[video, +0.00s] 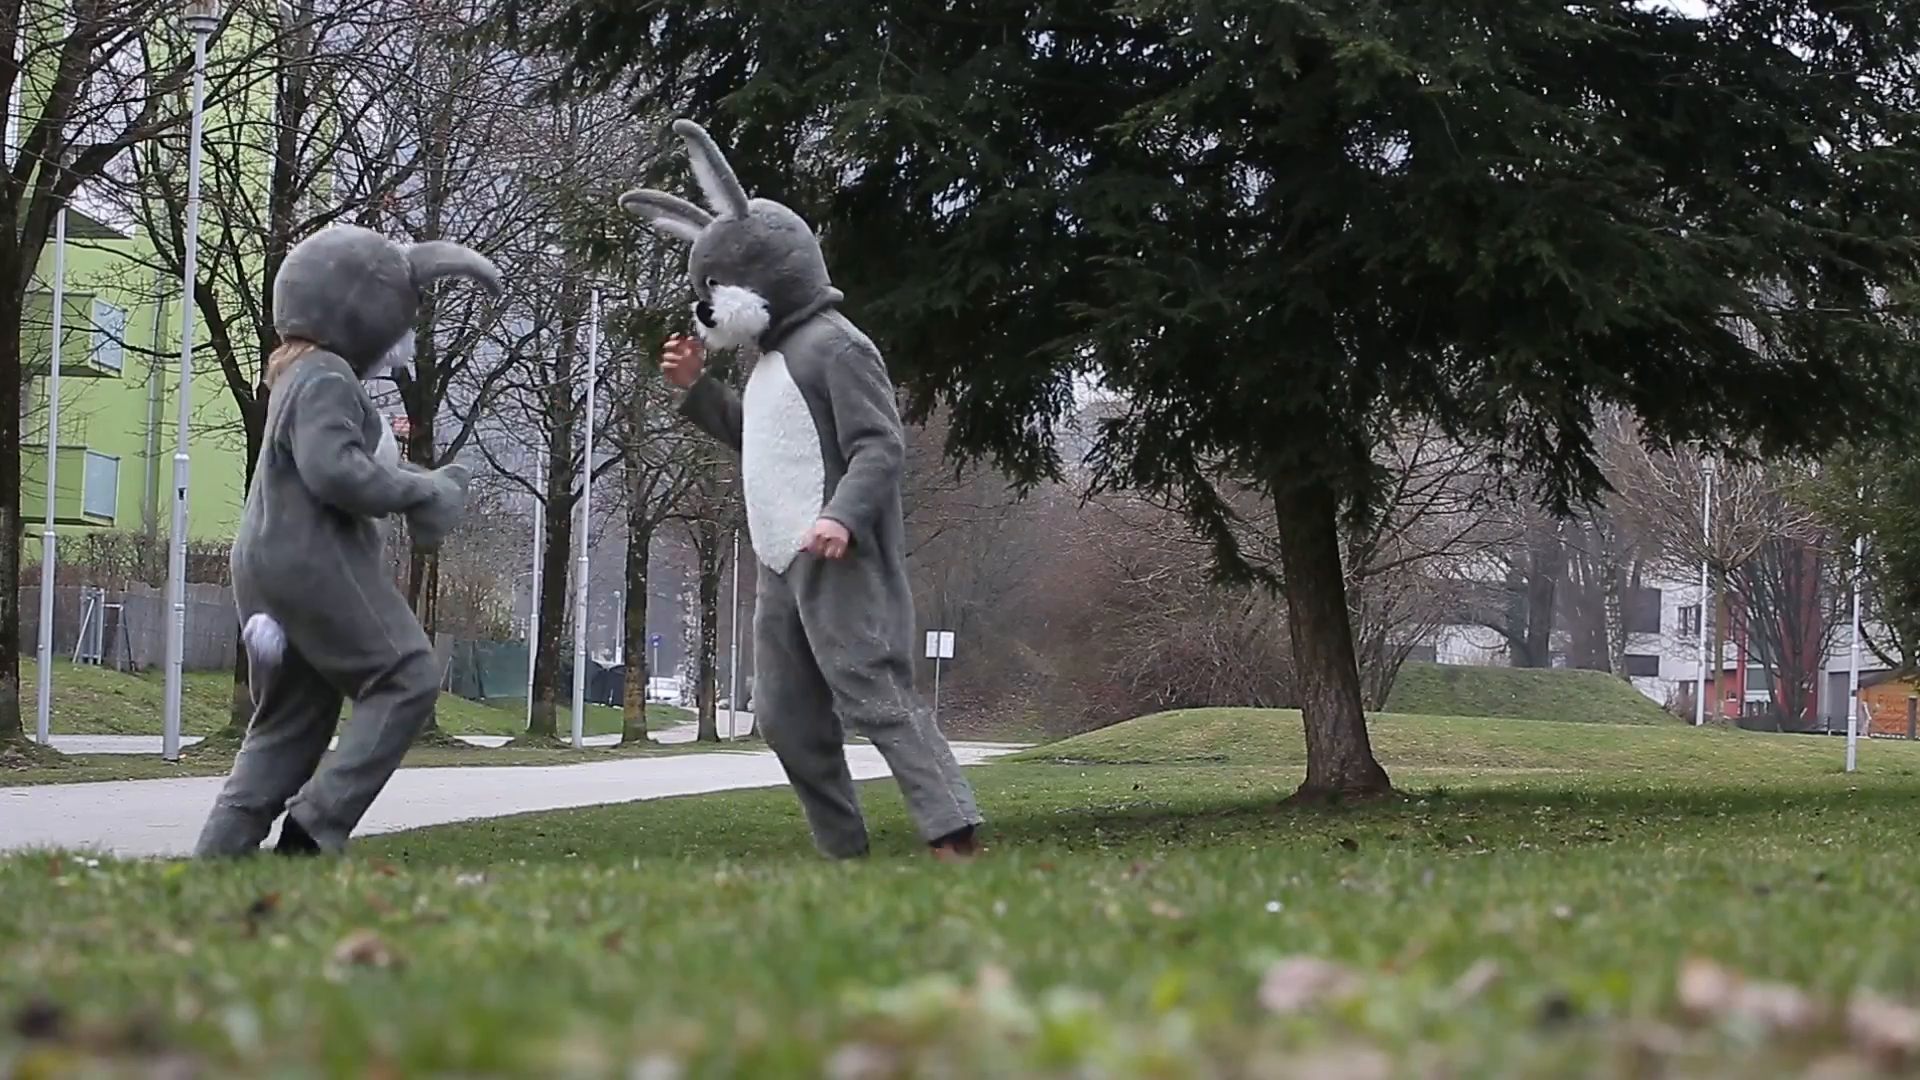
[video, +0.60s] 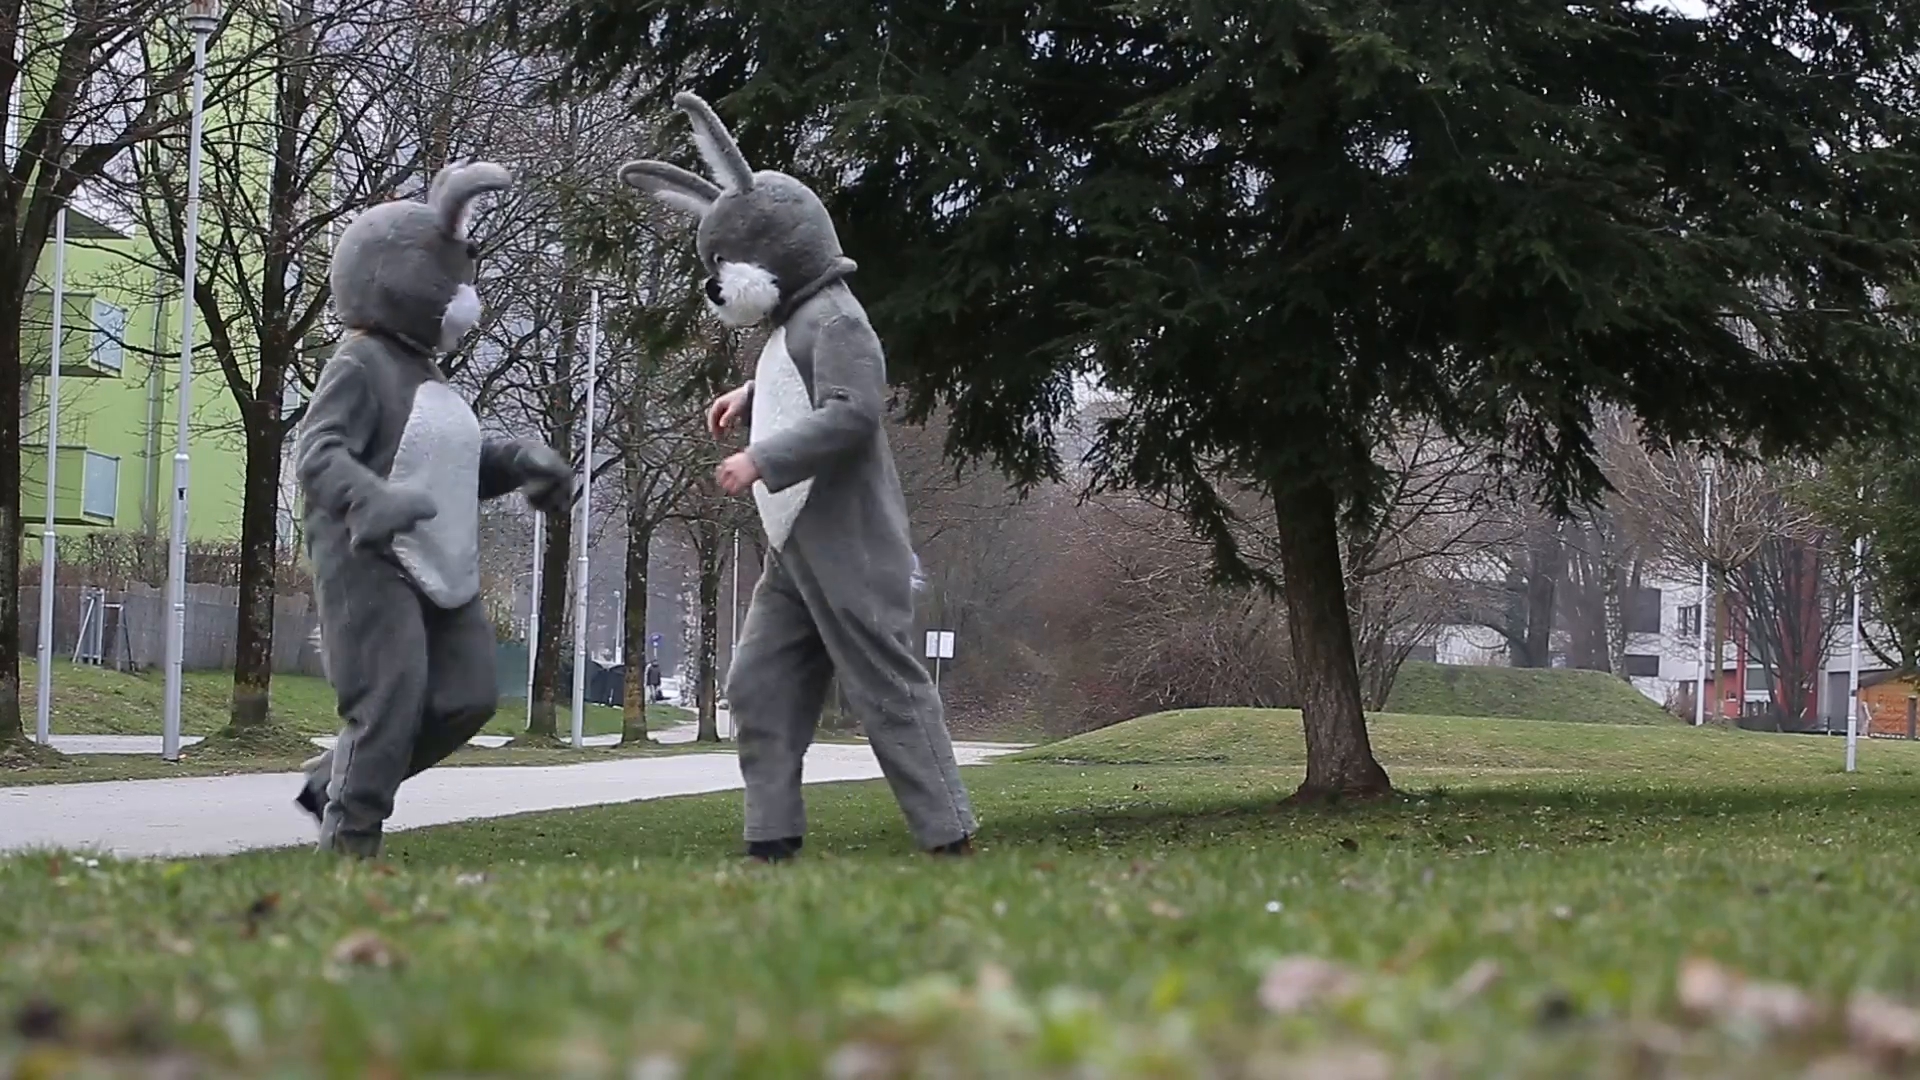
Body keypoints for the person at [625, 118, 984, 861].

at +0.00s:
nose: (715, 303)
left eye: (723, 286)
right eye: (712, 289)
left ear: (769, 275)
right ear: (748, 285)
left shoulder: (836, 344)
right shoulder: (760, 362)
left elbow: (880, 446)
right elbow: (755, 437)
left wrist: (841, 515)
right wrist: (696, 385)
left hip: (839, 555)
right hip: (781, 567)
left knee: (876, 696)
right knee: (787, 716)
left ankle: (954, 835)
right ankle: (844, 851)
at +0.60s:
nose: (723, 283)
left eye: (729, 264)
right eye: (720, 269)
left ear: (773, 252)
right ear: (770, 256)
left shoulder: (832, 316)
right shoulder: (793, 323)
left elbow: (853, 414)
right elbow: (804, 391)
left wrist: (761, 459)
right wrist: (751, 398)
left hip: (851, 542)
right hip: (799, 546)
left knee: (888, 686)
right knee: (761, 683)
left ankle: (948, 834)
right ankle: (774, 840)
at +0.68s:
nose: (709, 292)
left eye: (715, 274)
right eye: (706, 277)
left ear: (759, 263)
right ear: (761, 263)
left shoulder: (816, 328)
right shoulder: (781, 332)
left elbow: (822, 414)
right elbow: (785, 399)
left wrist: (715, 448)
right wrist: (727, 406)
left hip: (837, 551)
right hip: (779, 556)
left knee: (878, 694)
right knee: (733, 691)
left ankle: (947, 836)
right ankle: (772, 842)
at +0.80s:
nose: (677, 297)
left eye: (689, 279)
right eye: (676, 282)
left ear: (738, 271)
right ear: (727, 276)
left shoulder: (786, 332)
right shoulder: (739, 346)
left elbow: (750, 398)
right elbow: (705, 409)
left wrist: (643, 402)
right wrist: (636, 421)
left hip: (790, 559)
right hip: (737, 564)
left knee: (811, 698)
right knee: (710, 711)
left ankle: (920, 825)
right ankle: (769, 849)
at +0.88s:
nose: (657, 284)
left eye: (665, 264)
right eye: (655, 270)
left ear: (708, 253)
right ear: (707, 260)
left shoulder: (762, 314)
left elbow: (700, 371)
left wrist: (601, 396)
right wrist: (635, 386)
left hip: (762, 525)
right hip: (714, 532)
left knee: (738, 677)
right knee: (713, 692)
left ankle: (860, 796)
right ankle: (767, 846)